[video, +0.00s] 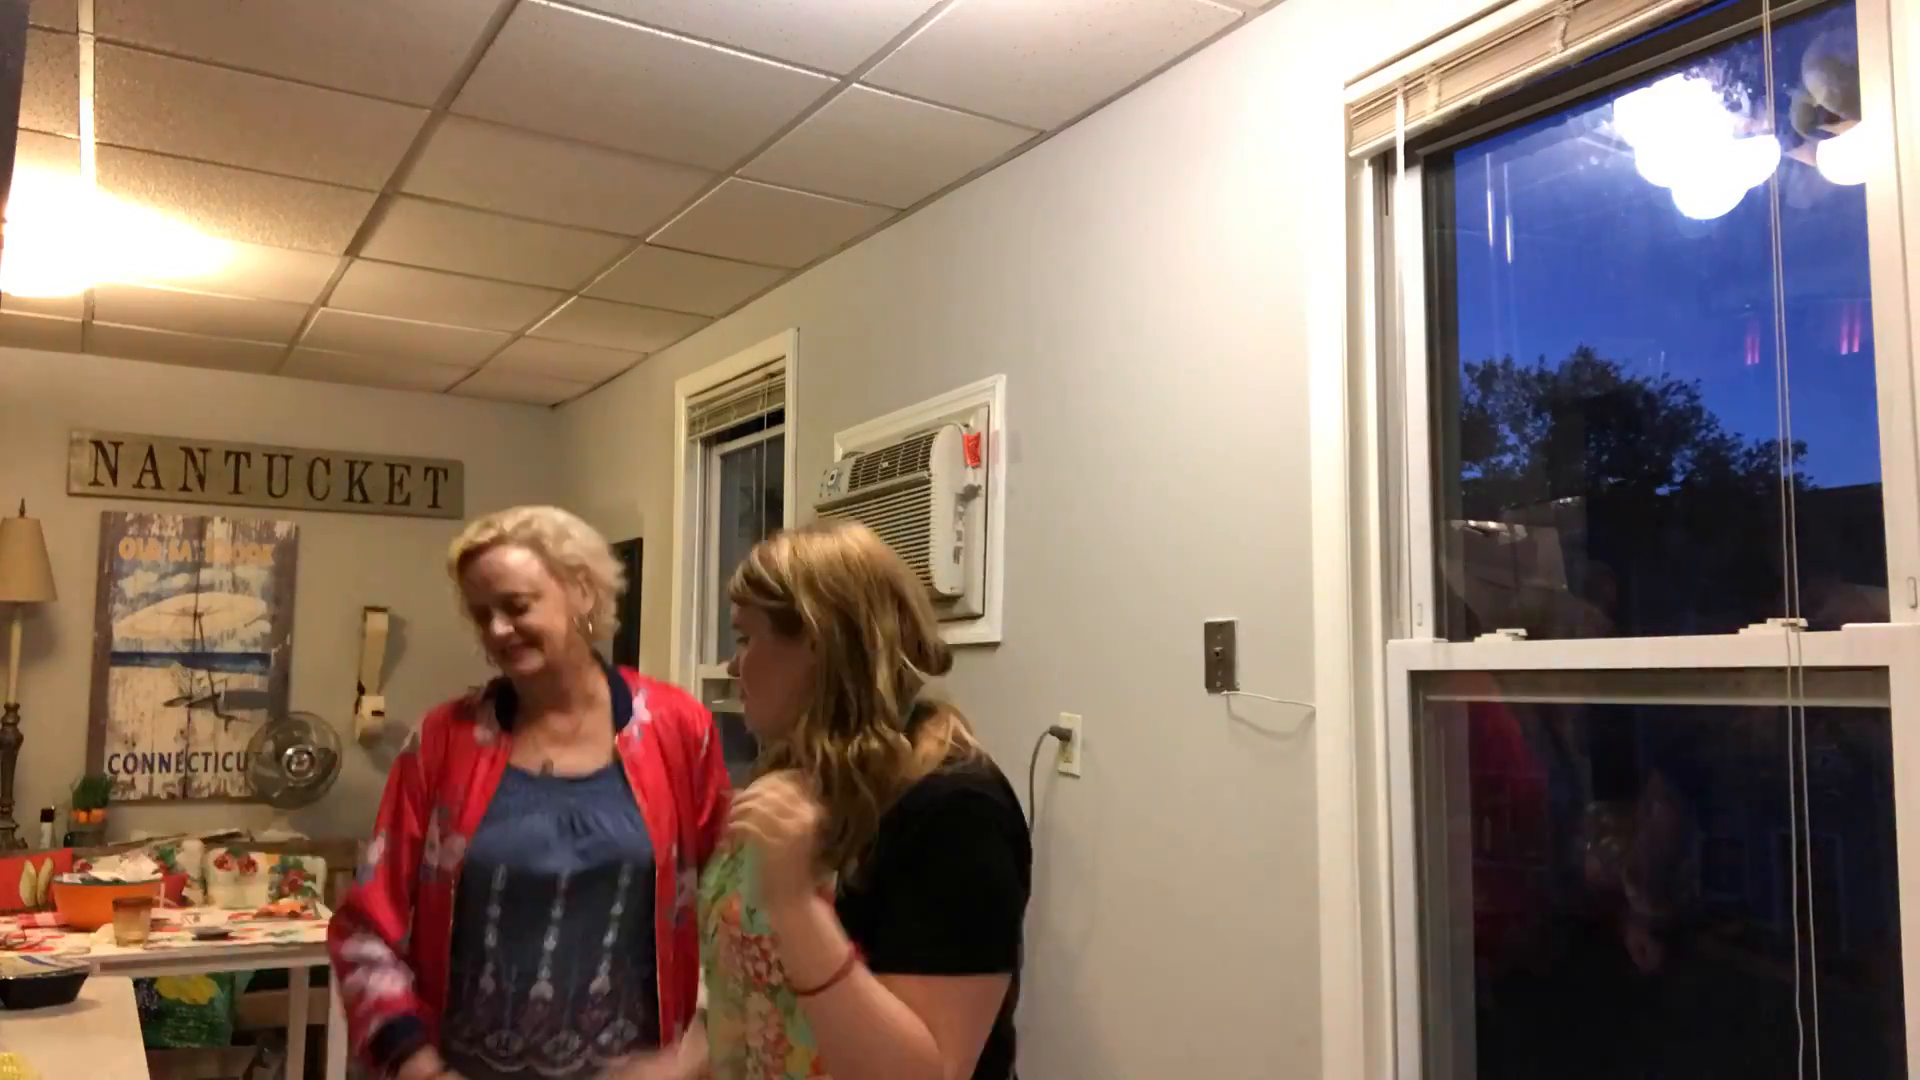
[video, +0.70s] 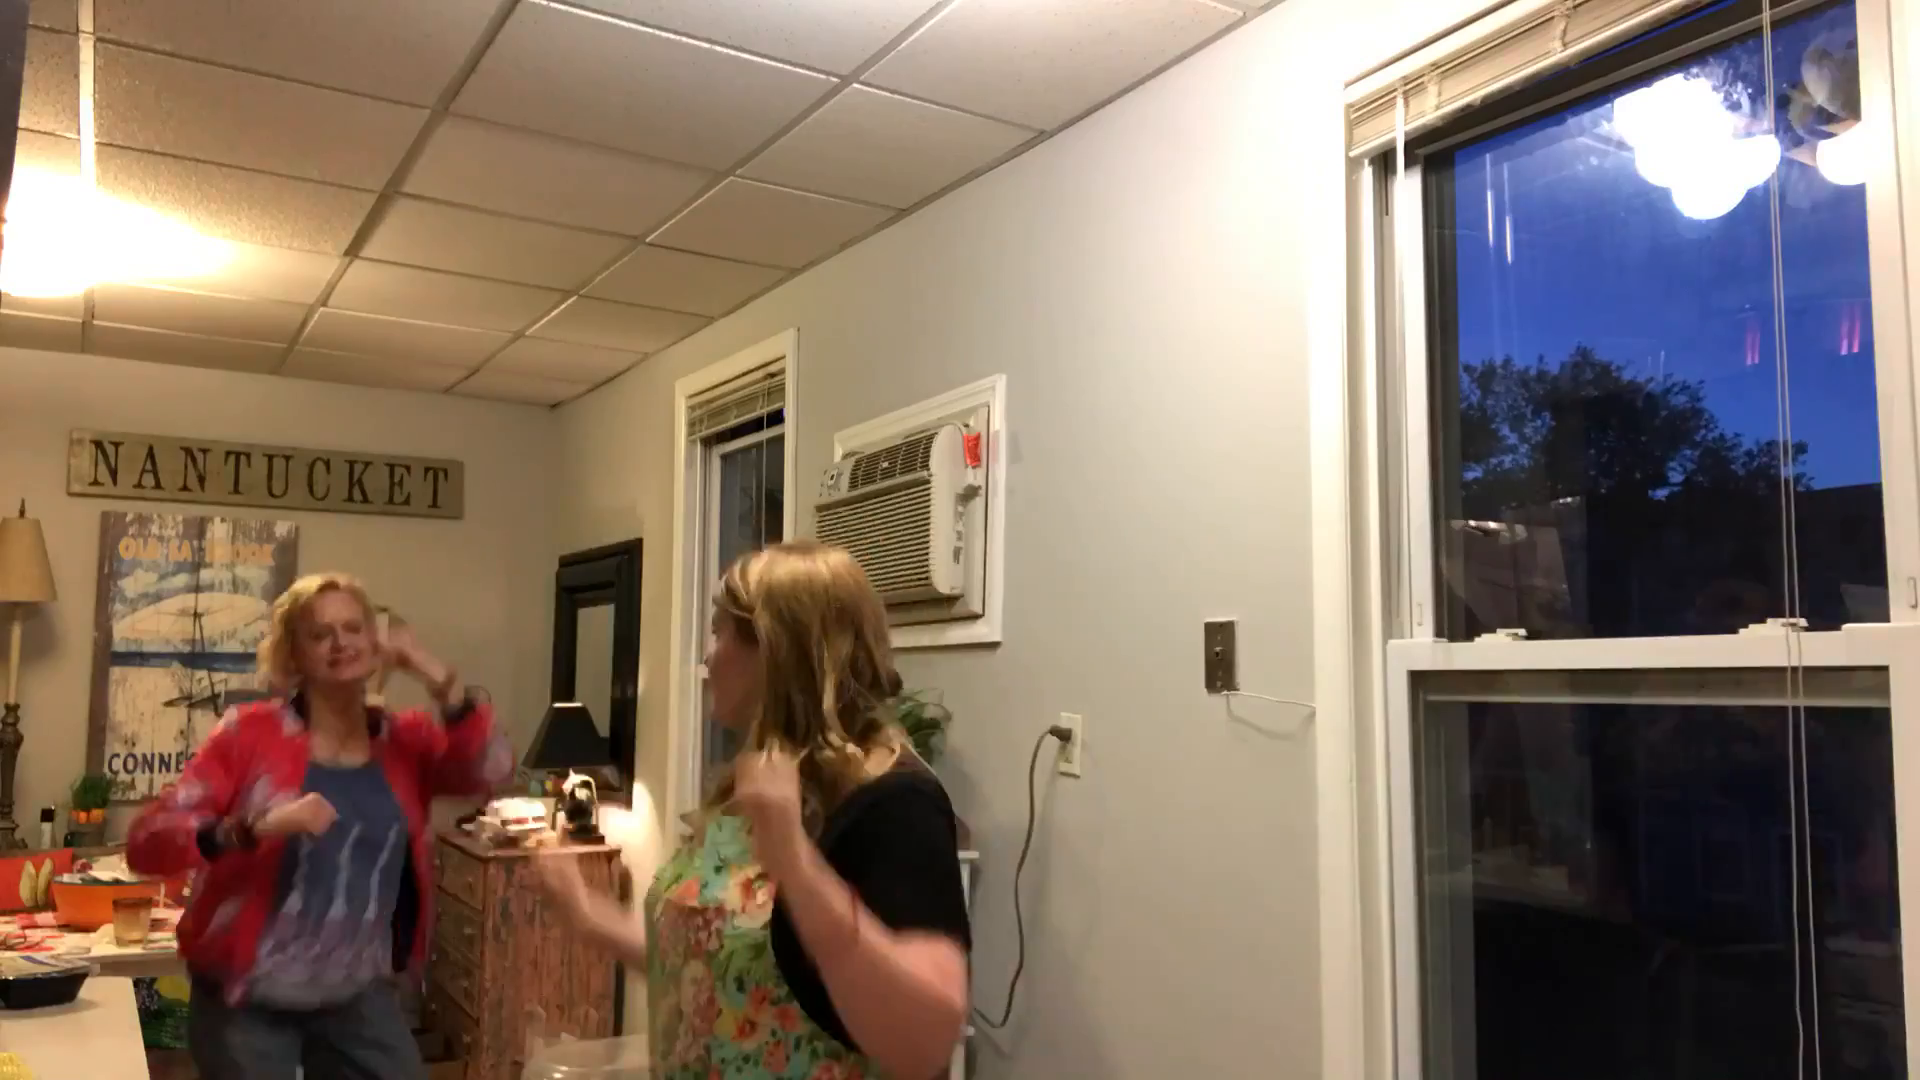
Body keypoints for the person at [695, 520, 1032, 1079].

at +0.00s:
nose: (733, 665)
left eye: (747, 638)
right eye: (740, 640)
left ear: (824, 641)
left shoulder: (957, 804)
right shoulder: (791, 780)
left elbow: (929, 1067)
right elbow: (738, 1004)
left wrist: (796, 901)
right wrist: (683, 1060)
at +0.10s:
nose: (817, 622)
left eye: (848, 602)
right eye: (807, 602)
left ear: (913, 620)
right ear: (790, 615)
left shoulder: (966, 754)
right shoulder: (796, 748)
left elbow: (1117, 850)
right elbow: (721, 733)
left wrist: (970, 665)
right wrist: (679, 567)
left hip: (907, 1060)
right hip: (762, 1058)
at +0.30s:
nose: (722, 655)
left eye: (739, 632)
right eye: (733, 629)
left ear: (798, 652)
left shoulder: (886, 838)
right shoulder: (827, 798)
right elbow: (722, 918)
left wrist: (638, 997)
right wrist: (571, 822)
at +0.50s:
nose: (715, 656)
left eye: (733, 633)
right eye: (724, 633)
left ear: (795, 652)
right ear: (780, 653)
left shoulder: (904, 811)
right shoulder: (748, 791)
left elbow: (946, 1053)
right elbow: (670, 939)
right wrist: (501, 843)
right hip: (681, 1062)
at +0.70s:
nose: (706, 657)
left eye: (725, 631)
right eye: (716, 632)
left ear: (783, 648)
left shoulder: (892, 798)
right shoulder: (741, 787)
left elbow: (921, 1045)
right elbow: (721, 963)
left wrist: (791, 856)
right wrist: (586, 912)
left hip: (807, 1066)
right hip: (694, 1060)